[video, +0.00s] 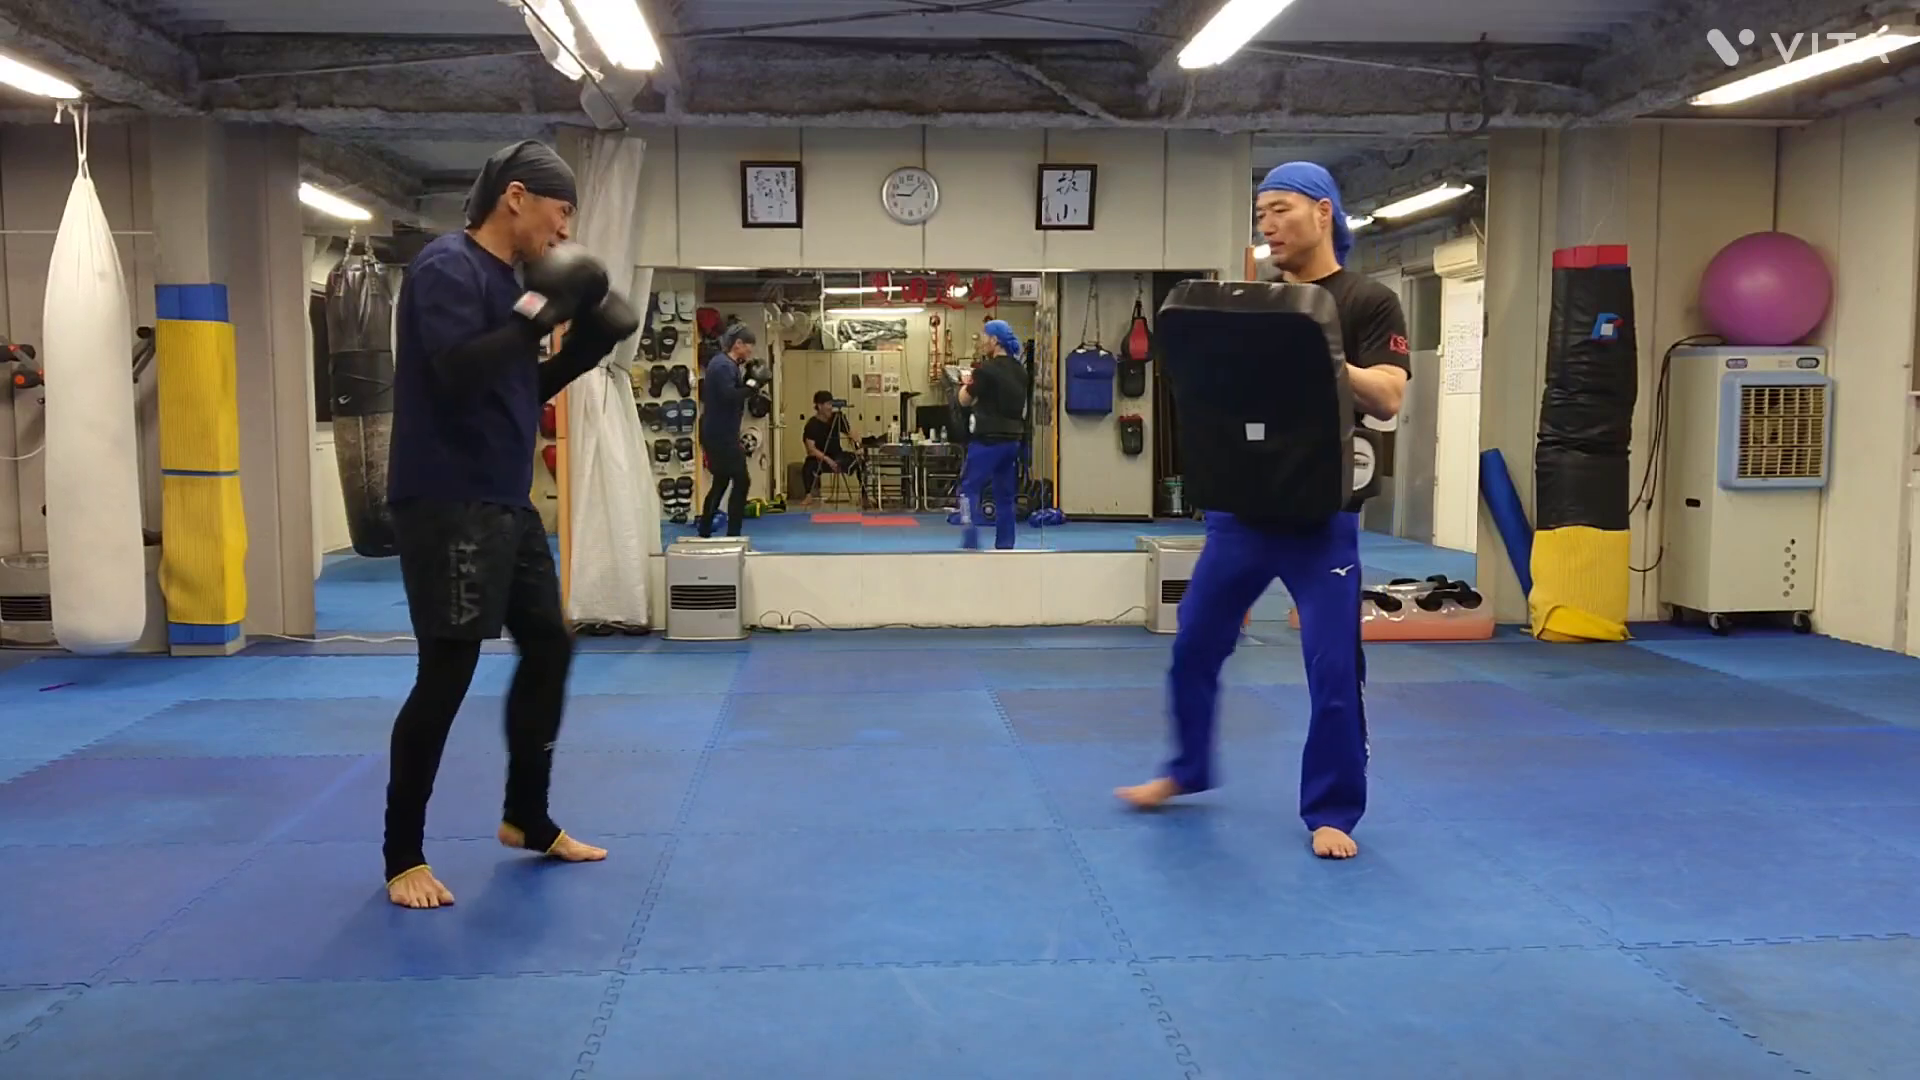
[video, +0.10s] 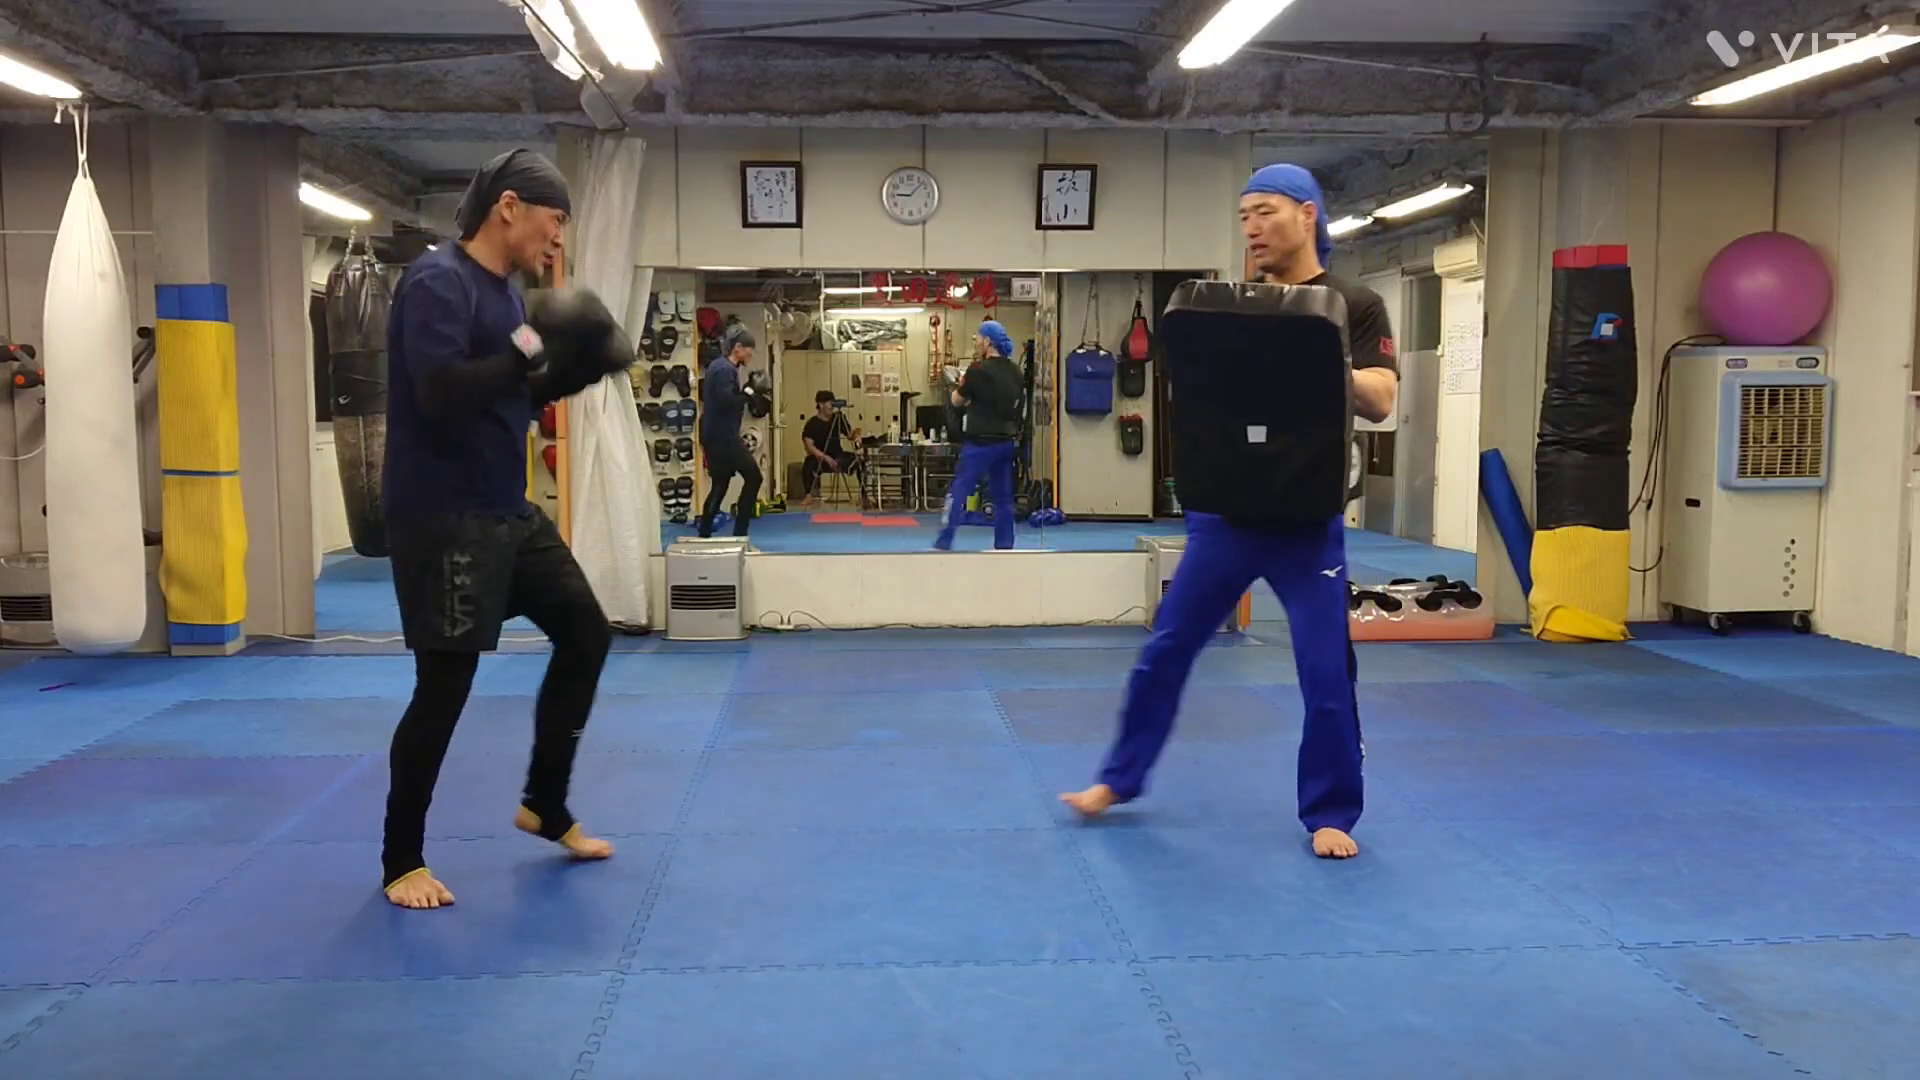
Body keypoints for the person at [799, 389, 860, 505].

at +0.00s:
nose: (831, 407)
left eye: (832, 404)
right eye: (828, 404)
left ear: (833, 405)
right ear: (818, 406)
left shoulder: (838, 417)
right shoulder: (811, 424)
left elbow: (851, 433)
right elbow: (811, 449)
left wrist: (858, 446)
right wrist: (828, 460)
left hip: (838, 456)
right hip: (820, 458)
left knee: (860, 461)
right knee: (809, 464)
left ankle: (865, 497)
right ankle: (809, 495)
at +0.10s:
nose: (832, 405)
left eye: (833, 402)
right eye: (829, 402)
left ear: (834, 404)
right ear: (820, 405)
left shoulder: (838, 418)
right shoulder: (812, 423)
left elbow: (850, 435)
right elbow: (809, 446)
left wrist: (855, 434)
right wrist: (827, 458)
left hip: (838, 456)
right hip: (820, 458)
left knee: (860, 461)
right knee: (809, 463)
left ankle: (864, 497)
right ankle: (809, 495)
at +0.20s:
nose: (833, 405)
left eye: (833, 402)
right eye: (830, 402)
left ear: (835, 403)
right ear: (821, 404)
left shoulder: (838, 418)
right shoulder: (812, 423)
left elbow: (850, 435)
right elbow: (808, 445)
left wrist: (857, 434)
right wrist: (825, 455)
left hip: (838, 455)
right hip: (820, 457)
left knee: (860, 461)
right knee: (809, 462)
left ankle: (864, 497)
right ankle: (809, 495)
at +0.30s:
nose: (833, 406)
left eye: (834, 403)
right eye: (830, 403)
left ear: (836, 404)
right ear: (821, 405)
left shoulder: (839, 418)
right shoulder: (812, 423)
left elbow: (852, 432)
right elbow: (806, 444)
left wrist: (859, 435)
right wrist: (824, 451)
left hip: (838, 455)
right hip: (820, 457)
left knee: (860, 461)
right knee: (809, 463)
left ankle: (864, 497)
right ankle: (809, 495)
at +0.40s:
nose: (833, 405)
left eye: (834, 402)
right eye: (830, 402)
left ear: (836, 403)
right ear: (821, 405)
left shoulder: (840, 419)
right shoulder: (811, 422)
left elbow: (855, 432)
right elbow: (805, 442)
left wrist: (862, 436)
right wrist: (824, 446)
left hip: (837, 455)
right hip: (819, 457)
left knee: (860, 462)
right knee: (811, 465)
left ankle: (864, 497)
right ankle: (809, 495)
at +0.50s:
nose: (834, 406)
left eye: (835, 403)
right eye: (830, 403)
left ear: (838, 405)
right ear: (822, 405)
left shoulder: (841, 419)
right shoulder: (812, 422)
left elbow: (856, 433)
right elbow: (805, 440)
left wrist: (855, 438)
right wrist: (824, 441)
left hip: (837, 455)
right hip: (819, 456)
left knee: (859, 462)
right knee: (813, 463)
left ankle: (864, 496)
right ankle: (810, 495)